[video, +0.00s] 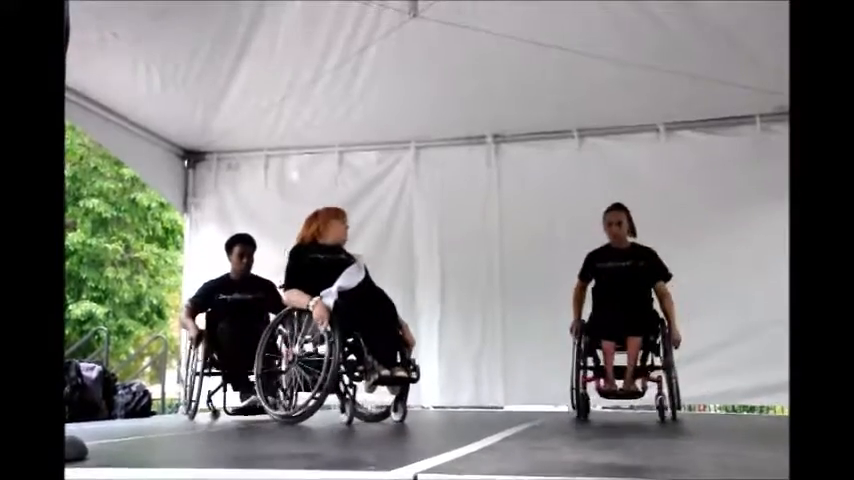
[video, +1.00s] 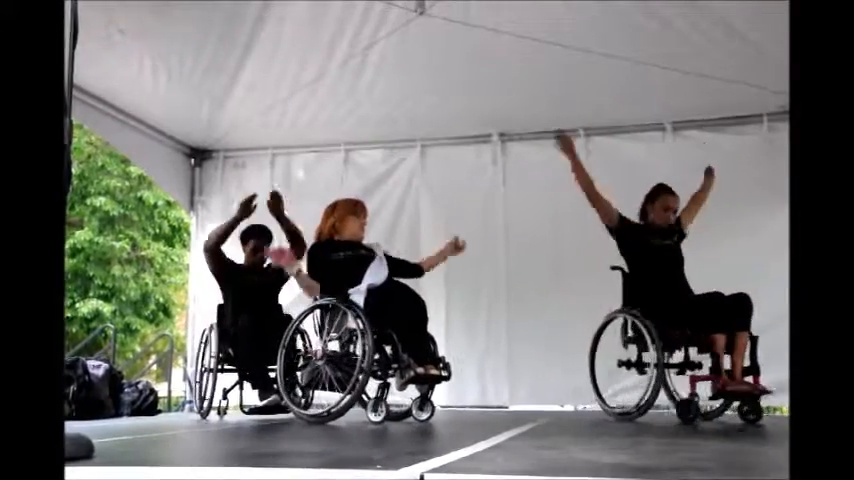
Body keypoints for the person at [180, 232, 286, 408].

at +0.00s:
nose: (247, 260)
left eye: (250, 256)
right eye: (242, 256)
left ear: (254, 257)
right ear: (230, 257)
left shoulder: (265, 287)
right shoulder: (214, 287)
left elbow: (285, 315)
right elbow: (187, 312)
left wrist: (291, 339)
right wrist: (193, 329)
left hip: (258, 346)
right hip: (226, 348)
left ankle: (270, 392)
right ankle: (246, 393)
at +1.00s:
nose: (262, 253)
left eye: (265, 247)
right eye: (256, 248)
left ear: (270, 249)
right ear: (244, 248)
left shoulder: (275, 275)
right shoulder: (230, 273)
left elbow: (299, 248)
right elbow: (210, 248)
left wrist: (281, 216)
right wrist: (238, 217)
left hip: (272, 334)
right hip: (241, 336)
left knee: (286, 322)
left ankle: (288, 390)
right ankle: (266, 392)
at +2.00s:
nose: (261, 250)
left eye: (264, 245)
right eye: (255, 245)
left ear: (268, 246)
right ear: (242, 244)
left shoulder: (279, 280)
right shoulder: (226, 278)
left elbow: (300, 309)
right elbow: (204, 308)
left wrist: (310, 326)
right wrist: (207, 333)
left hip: (273, 339)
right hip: (239, 341)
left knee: (291, 327)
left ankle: (291, 392)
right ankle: (271, 393)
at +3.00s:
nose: (248, 261)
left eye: (252, 256)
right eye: (243, 255)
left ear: (255, 255)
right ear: (231, 253)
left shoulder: (262, 280)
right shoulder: (214, 280)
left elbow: (299, 274)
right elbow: (181, 283)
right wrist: (185, 254)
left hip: (255, 342)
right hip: (223, 346)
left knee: (273, 325)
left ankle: (277, 392)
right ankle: (257, 393)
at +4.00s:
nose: (256, 277)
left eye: (259, 272)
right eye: (251, 272)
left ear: (263, 271)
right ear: (239, 269)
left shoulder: (264, 297)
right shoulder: (216, 290)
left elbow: (281, 323)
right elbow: (184, 305)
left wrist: (285, 347)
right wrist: (193, 329)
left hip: (247, 349)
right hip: (215, 349)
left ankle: (274, 393)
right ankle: (258, 394)